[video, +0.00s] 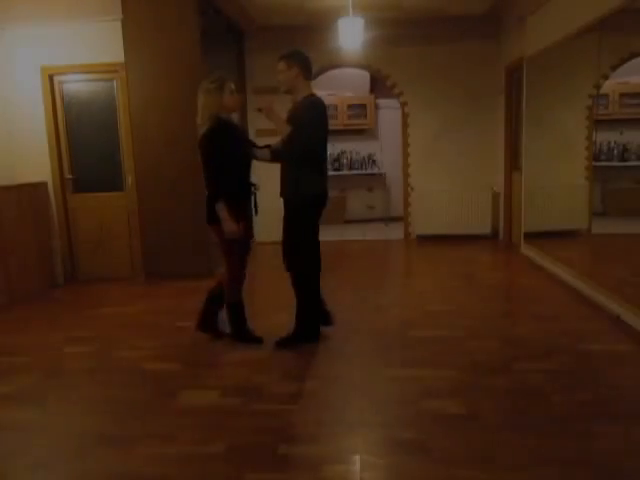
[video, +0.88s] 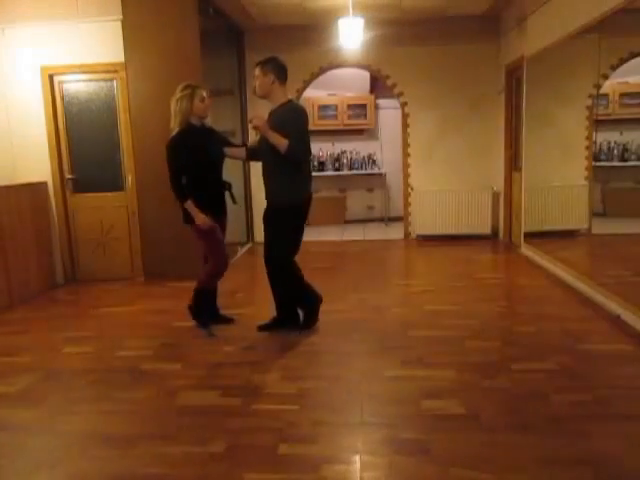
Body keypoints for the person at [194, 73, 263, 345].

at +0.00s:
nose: (237, 97)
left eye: (235, 93)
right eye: (231, 93)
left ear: (227, 98)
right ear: (217, 98)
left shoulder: (233, 130)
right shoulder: (214, 133)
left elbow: (254, 151)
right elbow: (214, 180)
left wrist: (281, 146)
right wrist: (226, 216)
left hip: (240, 204)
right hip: (225, 207)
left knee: (237, 267)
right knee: (233, 269)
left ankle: (209, 315)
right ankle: (238, 324)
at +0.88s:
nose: (207, 103)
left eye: (207, 99)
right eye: (202, 100)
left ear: (204, 104)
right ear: (187, 104)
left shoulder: (209, 134)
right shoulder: (177, 142)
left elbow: (234, 151)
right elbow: (177, 184)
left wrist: (262, 146)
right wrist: (196, 213)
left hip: (217, 199)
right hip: (197, 204)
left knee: (213, 259)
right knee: (218, 260)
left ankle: (210, 307)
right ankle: (197, 304)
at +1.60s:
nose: (183, 102)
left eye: (182, 97)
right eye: (176, 97)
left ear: (177, 101)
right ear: (159, 102)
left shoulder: (186, 136)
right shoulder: (149, 143)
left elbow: (207, 157)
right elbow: (148, 190)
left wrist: (235, 158)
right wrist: (170, 217)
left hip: (198, 209)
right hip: (172, 214)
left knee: (205, 272)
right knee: (183, 276)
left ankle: (189, 329)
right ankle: (162, 325)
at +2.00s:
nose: (153, 93)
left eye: (152, 88)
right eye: (146, 88)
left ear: (138, 93)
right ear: (128, 94)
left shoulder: (143, 127)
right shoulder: (125, 129)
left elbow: (161, 165)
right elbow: (123, 178)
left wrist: (196, 155)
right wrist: (165, 196)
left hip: (152, 221)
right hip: (138, 224)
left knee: (180, 277)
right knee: (155, 290)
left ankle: (143, 330)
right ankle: (148, 371)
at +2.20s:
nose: (136, 93)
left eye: (134, 88)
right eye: (130, 89)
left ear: (119, 95)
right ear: (112, 95)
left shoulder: (128, 133)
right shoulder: (114, 136)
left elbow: (168, 159)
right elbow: (122, 190)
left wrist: (205, 130)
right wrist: (147, 224)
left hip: (130, 224)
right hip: (119, 227)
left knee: (147, 297)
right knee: (134, 301)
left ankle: (100, 361)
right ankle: (145, 378)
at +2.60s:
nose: (125, 89)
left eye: (123, 83)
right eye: (118, 84)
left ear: (108, 88)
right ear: (98, 89)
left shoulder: (116, 128)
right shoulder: (88, 132)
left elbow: (134, 168)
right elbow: (82, 186)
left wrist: (170, 166)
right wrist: (118, 218)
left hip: (121, 224)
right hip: (109, 227)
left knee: (118, 300)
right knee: (150, 300)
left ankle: (89, 369)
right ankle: (132, 370)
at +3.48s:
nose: (124, 95)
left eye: (123, 89)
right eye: (118, 89)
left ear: (100, 94)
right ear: (99, 93)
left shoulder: (109, 132)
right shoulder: (95, 137)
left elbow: (132, 164)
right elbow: (99, 192)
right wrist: (139, 182)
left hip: (109, 237)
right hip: (110, 240)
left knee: (93, 306)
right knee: (162, 292)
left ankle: (86, 376)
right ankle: (163, 367)